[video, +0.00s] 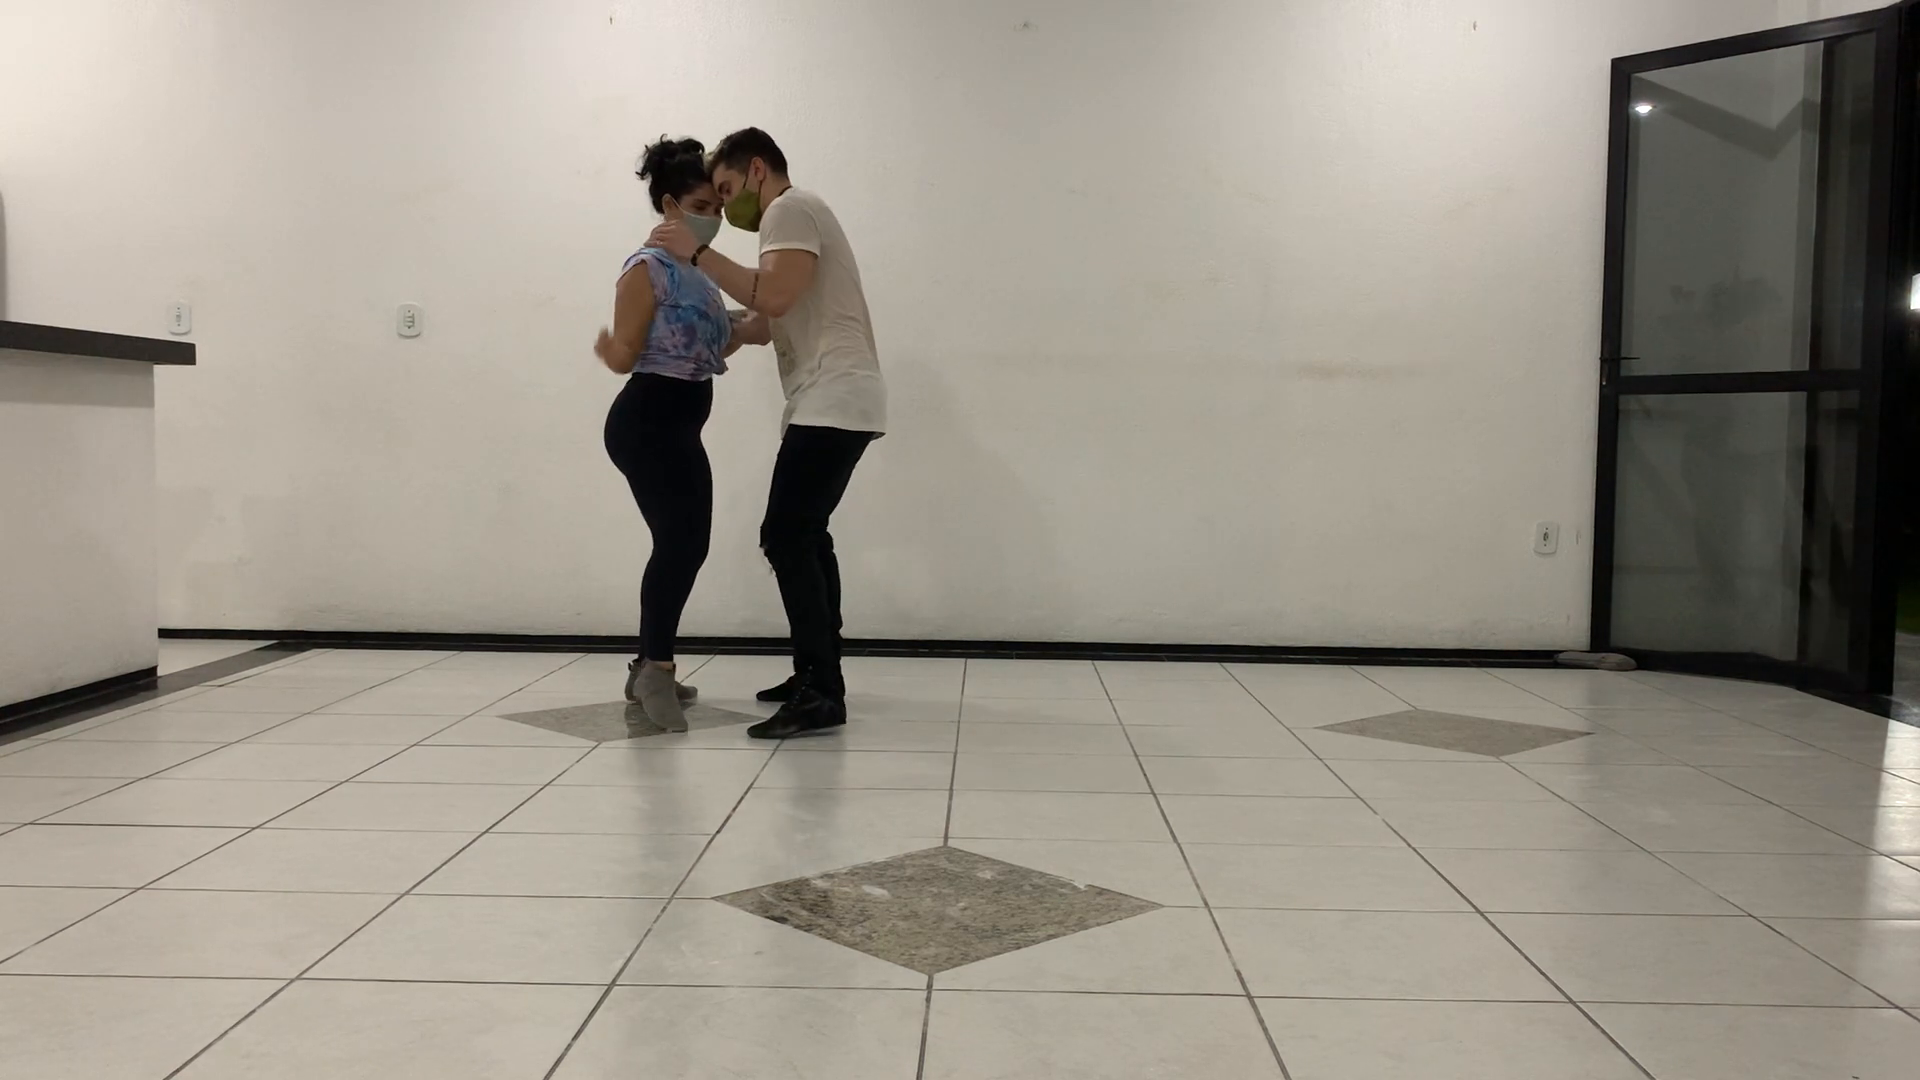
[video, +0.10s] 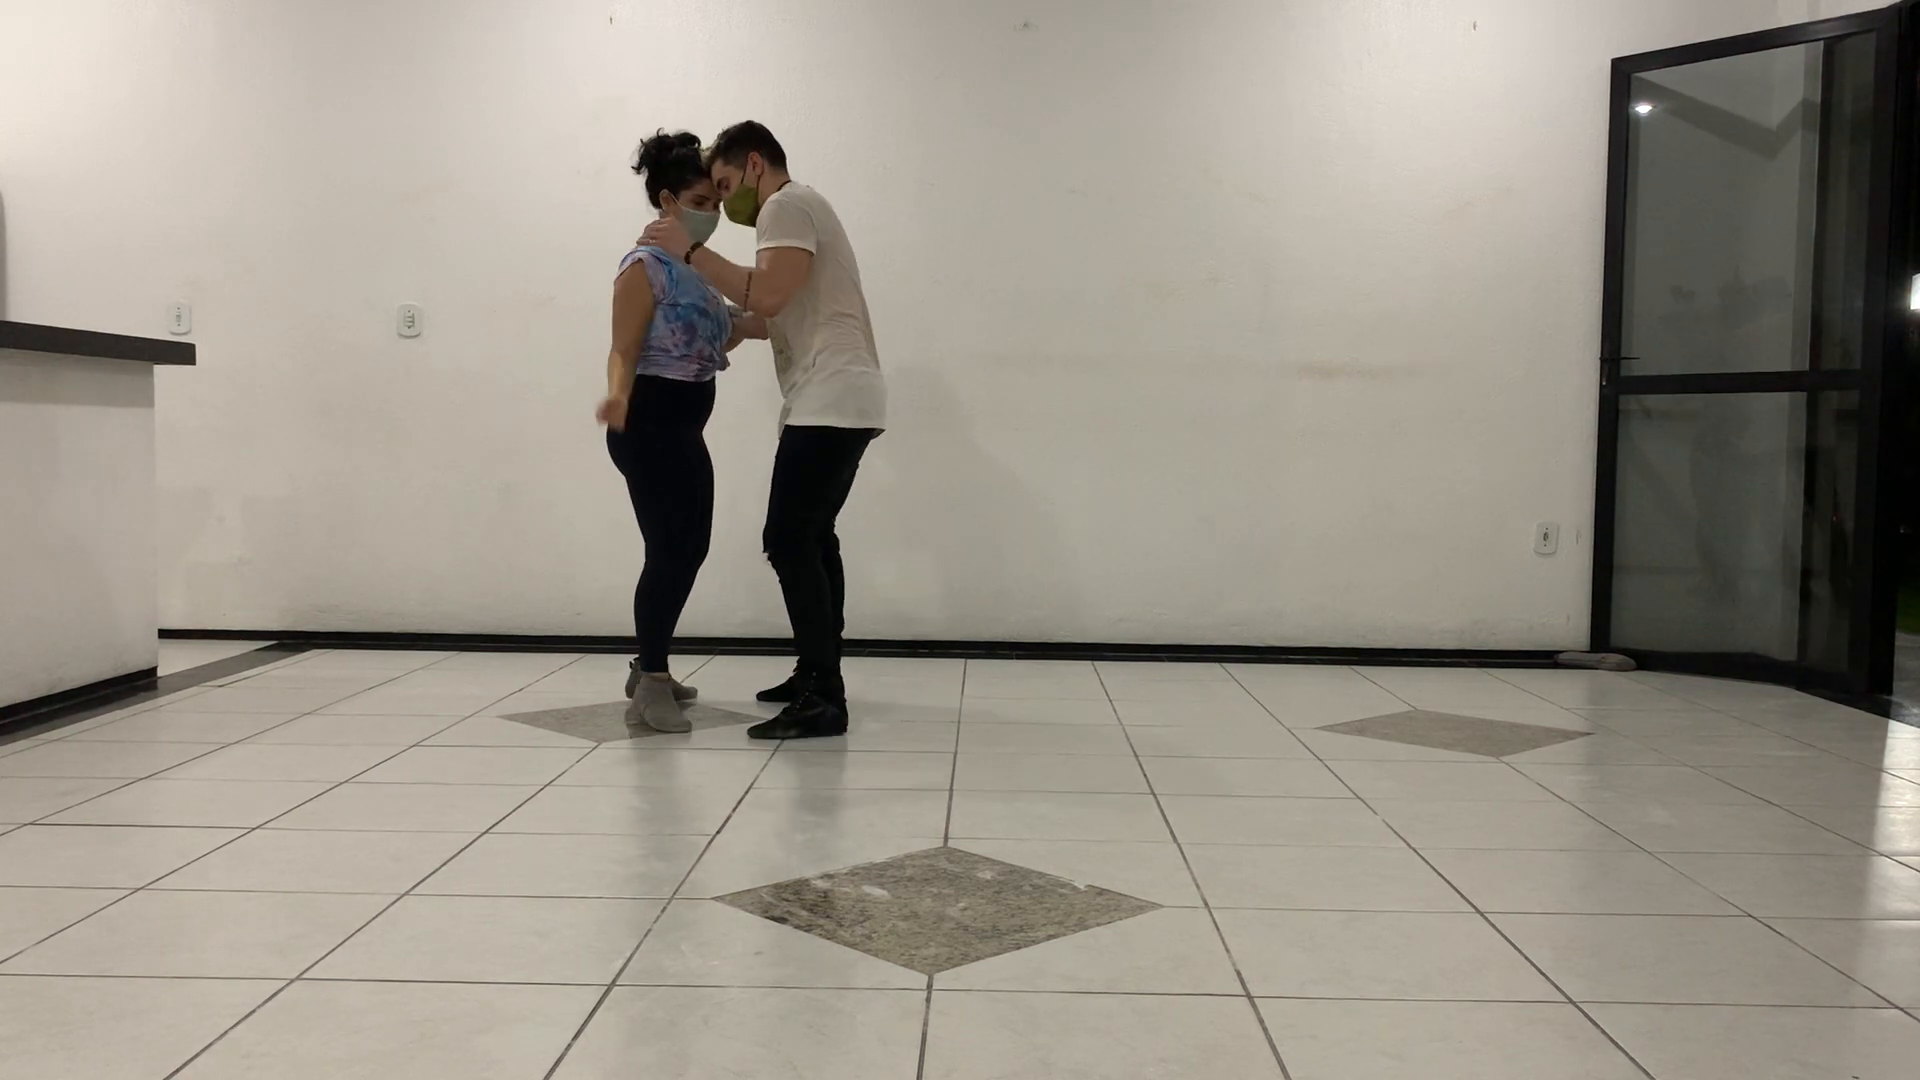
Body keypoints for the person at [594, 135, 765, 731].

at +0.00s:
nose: (712, 219)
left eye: (716, 206)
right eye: (698, 206)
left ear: (718, 203)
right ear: (666, 207)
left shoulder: (699, 274)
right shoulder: (646, 272)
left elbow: (705, 346)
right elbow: (622, 358)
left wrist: (748, 330)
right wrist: (606, 343)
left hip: (680, 423)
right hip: (645, 421)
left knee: (690, 544)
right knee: (675, 543)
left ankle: (652, 665)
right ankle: (654, 672)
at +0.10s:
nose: (712, 212)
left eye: (715, 199)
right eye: (698, 200)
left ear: (717, 198)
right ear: (664, 202)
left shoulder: (693, 268)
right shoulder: (644, 268)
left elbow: (709, 334)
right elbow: (623, 348)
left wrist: (755, 324)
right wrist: (618, 394)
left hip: (684, 420)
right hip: (649, 419)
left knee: (691, 545)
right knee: (669, 547)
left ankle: (651, 667)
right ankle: (650, 679)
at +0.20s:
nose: (711, 205)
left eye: (713, 193)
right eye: (698, 194)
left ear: (710, 194)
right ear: (663, 195)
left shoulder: (687, 264)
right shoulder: (641, 264)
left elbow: (699, 344)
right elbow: (622, 351)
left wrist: (743, 322)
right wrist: (626, 424)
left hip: (683, 417)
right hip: (653, 417)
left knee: (688, 545)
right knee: (667, 549)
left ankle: (654, 668)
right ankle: (643, 685)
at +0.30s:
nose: (706, 201)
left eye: (708, 190)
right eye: (693, 191)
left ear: (707, 188)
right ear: (658, 192)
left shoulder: (682, 259)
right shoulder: (635, 259)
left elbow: (695, 347)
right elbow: (610, 349)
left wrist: (737, 325)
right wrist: (627, 428)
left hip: (679, 412)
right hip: (651, 413)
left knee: (683, 549)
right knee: (671, 553)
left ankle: (654, 669)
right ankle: (636, 689)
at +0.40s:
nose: (703, 205)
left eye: (704, 194)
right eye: (693, 193)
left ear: (681, 197)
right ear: (658, 194)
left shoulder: (671, 260)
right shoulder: (630, 253)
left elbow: (693, 348)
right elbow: (597, 340)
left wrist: (741, 318)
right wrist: (633, 425)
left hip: (672, 414)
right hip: (644, 415)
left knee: (687, 548)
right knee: (680, 548)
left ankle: (654, 661)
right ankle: (636, 686)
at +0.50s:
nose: (698, 203)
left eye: (698, 192)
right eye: (689, 191)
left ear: (670, 194)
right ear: (653, 191)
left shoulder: (657, 257)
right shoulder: (625, 248)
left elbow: (688, 346)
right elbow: (585, 325)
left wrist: (741, 311)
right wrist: (633, 409)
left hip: (659, 413)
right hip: (636, 415)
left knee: (678, 548)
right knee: (681, 548)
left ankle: (648, 668)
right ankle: (636, 685)